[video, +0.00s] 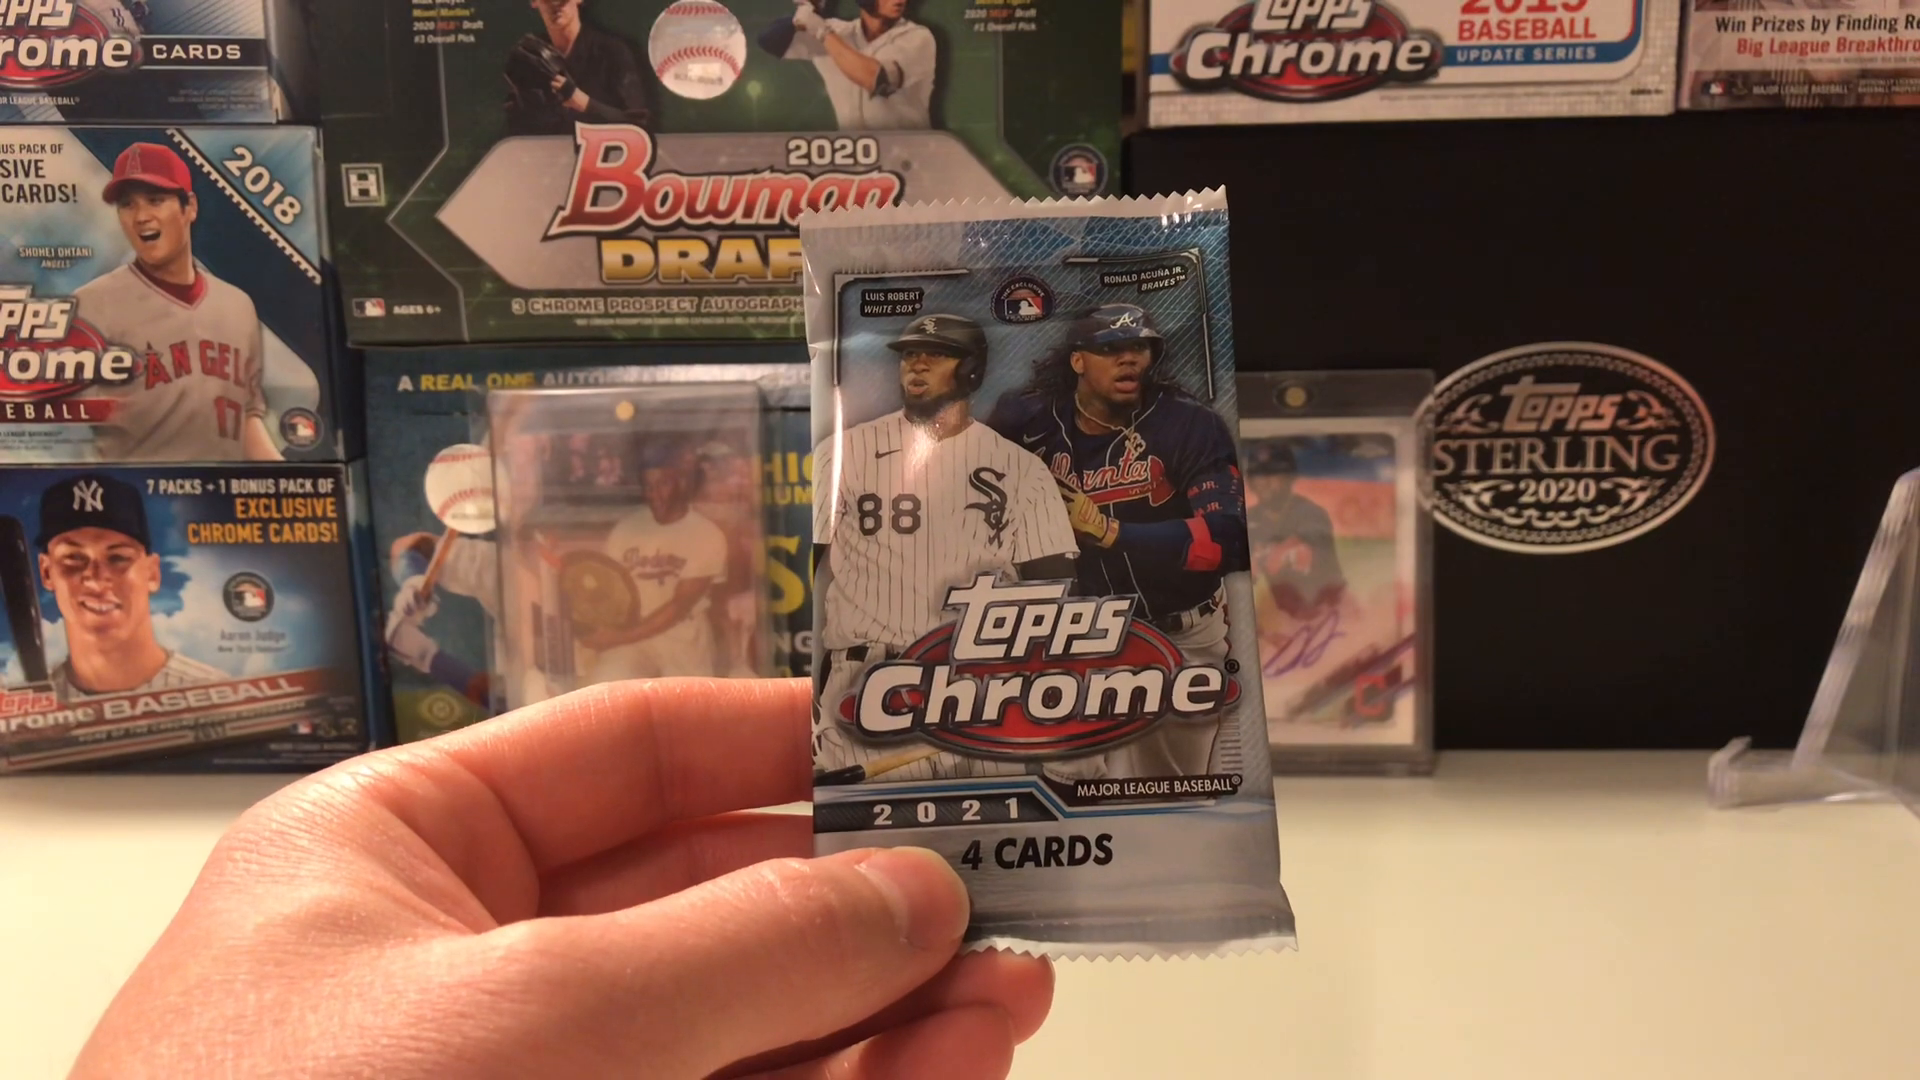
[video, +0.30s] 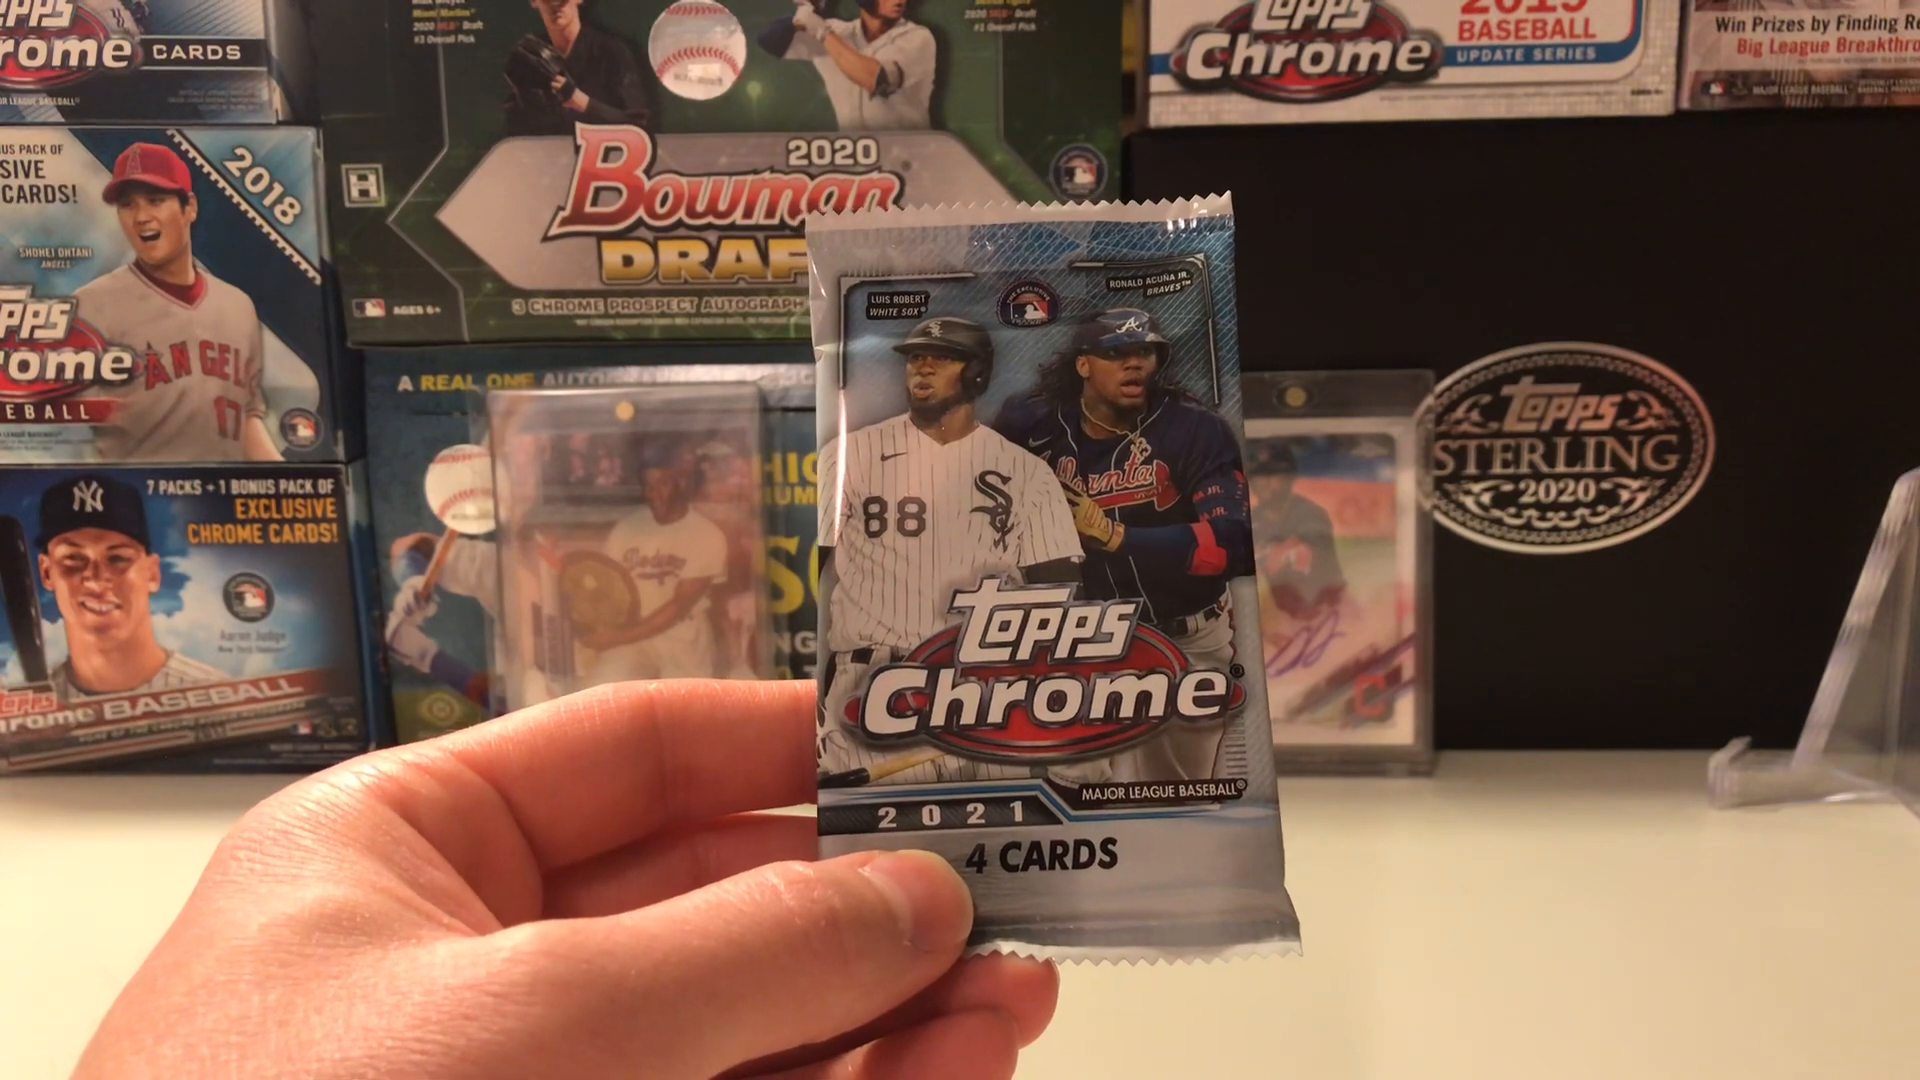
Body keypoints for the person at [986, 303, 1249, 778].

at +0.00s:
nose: (1131, 359)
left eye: (1139, 347)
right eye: (1113, 349)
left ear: (1153, 356)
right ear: (1078, 361)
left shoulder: (1191, 427)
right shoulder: (1024, 421)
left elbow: (1224, 539)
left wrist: (1112, 532)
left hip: (1182, 632)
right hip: (1072, 635)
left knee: (1176, 799)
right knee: (1075, 795)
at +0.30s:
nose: (1137, 364)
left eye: (1145, 352)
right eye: (1119, 354)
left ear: (1158, 361)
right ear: (1083, 365)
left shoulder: (1197, 432)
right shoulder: (1030, 426)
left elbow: (1232, 544)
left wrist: (1117, 536)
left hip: (1187, 636)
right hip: (1076, 638)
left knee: (1180, 807)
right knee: (1080, 800)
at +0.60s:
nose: (1153, 366)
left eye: (1161, 354)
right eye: (1135, 355)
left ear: (1174, 363)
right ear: (1099, 367)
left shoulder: (1213, 435)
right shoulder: (1046, 428)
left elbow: (1248, 548)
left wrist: (1133, 539)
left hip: (1204, 641)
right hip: (1093, 644)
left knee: (1198, 809)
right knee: (1097, 806)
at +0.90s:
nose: (1178, 369)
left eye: (1187, 356)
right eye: (1160, 358)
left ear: (1199, 364)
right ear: (1124, 370)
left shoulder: (1240, 437)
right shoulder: (1074, 433)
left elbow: (1277, 552)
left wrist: (1162, 543)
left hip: (1237, 641)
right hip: (1126, 644)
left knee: (1234, 806)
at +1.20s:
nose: (1191, 372)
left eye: (1199, 360)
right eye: (1172, 361)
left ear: (1212, 369)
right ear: (1137, 374)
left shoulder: (1253, 443)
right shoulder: (1086, 437)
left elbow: (1287, 557)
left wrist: (1172, 546)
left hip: (1249, 648)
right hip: (1136, 651)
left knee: (1247, 814)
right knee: (1139, 812)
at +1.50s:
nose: (1213, 361)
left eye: (1221, 347)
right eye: (1194, 349)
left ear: (1234, 355)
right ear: (1155, 362)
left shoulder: (1274, 433)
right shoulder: (1097, 424)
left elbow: (1312, 557)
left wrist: (1191, 543)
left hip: (1264, 646)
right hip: (1143, 649)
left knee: (1265, 815)